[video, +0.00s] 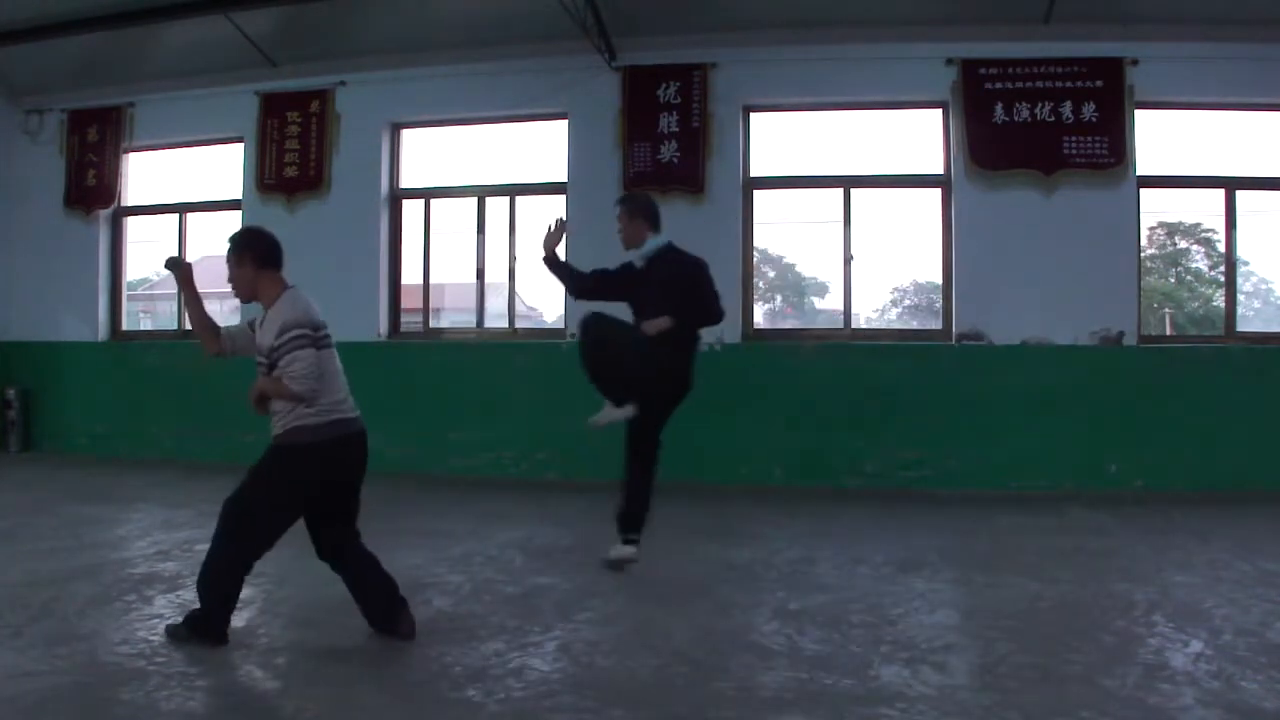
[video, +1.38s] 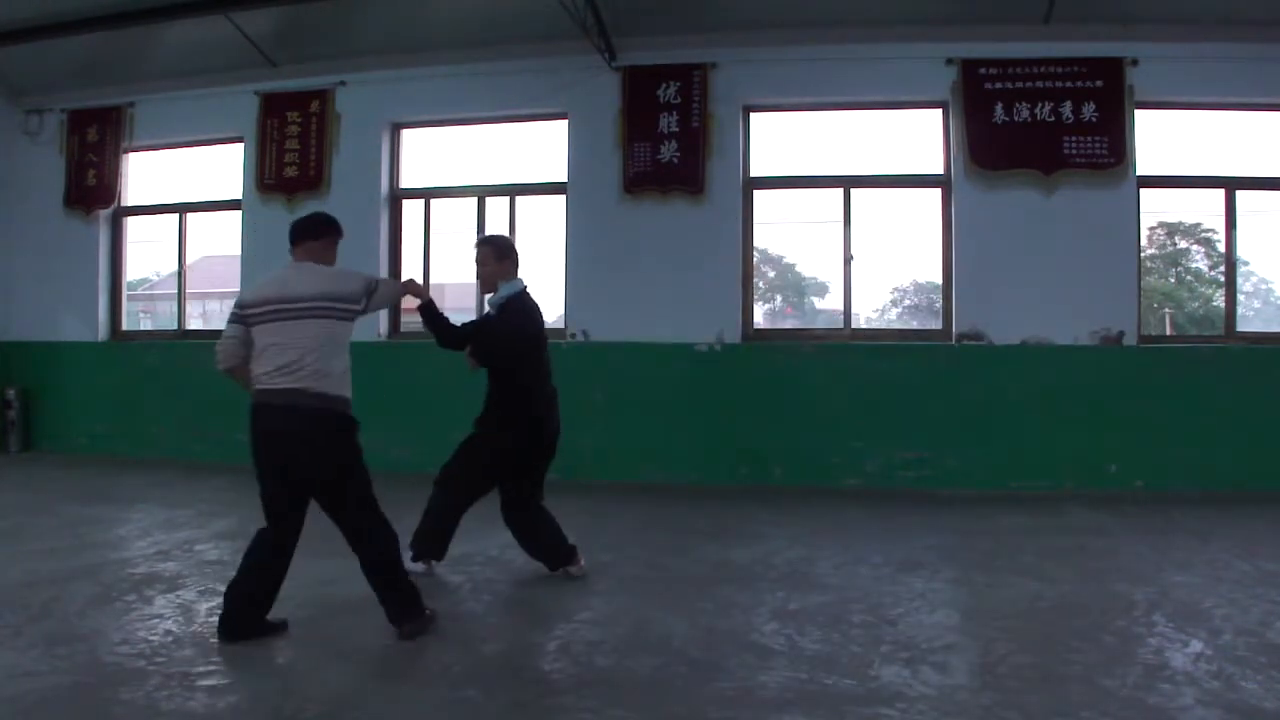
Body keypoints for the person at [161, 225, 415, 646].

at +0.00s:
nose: (229, 277)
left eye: (233, 267)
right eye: (229, 268)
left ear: (254, 266)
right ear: (265, 267)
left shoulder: (290, 313)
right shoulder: (273, 319)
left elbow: (303, 384)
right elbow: (215, 342)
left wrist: (264, 385)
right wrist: (187, 286)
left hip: (307, 443)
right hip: (340, 440)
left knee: (241, 522)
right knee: (336, 540)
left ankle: (211, 621)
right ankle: (395, 620)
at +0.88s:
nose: (261, 274)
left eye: (260, 264)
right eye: (259, 265)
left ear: (270, 260)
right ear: (299, 255)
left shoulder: (299, 304)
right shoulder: (318, 300)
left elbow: (305, 374)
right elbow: (252, 349)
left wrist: (275, 388)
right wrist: (218, 322)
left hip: (314, 438)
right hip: (357, 433)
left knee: (255, 530)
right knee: (346, 536)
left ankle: (215, 619)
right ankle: (396, 618)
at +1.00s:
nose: (268, 274)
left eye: (266, 264)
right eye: (265, 266)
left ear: (273, 258)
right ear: (304, 253)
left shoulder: (297, 297)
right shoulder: (334, 294)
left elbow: (304, 370)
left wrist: (282, 394)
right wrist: (265, 346)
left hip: (320, 430)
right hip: (369, 425)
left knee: (272, 529)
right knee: (354, 532)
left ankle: (222, 618)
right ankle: (399, 619)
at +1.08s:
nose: (271, 269)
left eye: (270, 261)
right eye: (270, 262)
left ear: (275, 258)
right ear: (310, 252)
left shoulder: (288, 294)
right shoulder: (339, 289)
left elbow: (290, 366)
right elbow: (329, 342)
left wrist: (286, 398)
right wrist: (271, 342)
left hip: (318, 420)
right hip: (370, 416)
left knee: (286, 526)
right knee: (362, 526)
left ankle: (235, 623)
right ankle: (399, 618)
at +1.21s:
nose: (282, 264)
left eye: (279, 259)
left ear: (279, 256)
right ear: (321, 250)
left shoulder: (273, 297)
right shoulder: (349, 288)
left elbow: (265, 362)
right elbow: (357, 346)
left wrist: (285, 400)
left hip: (306, 415)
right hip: (362, 412)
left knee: (289, 522)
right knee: (366, 514)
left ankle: (242, 619)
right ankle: (400, 614)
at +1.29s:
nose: (329, 257)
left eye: (325, 251)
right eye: (330, 251)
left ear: (288, 251)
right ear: (329, 249)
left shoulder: (258, 293)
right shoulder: (349, 285)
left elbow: (238, 361)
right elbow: (375, 302)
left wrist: (272, 389)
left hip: (283, 417)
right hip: (340, 415)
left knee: (282, 522)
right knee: (364, 516)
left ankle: (239, 619)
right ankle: (404, 614)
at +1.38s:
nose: (336, 253)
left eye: (335, 247)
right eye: (335, 246)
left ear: (293, 246)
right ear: (328, 244)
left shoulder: (255, 293)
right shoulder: (347, 285)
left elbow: (228, 358)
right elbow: (399, 288)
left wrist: (263, 388)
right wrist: (412, 290)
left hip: (270, 420)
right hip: (325, 419)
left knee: (280, 525)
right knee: (364, 522)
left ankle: (239, 620)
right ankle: (407, 614)